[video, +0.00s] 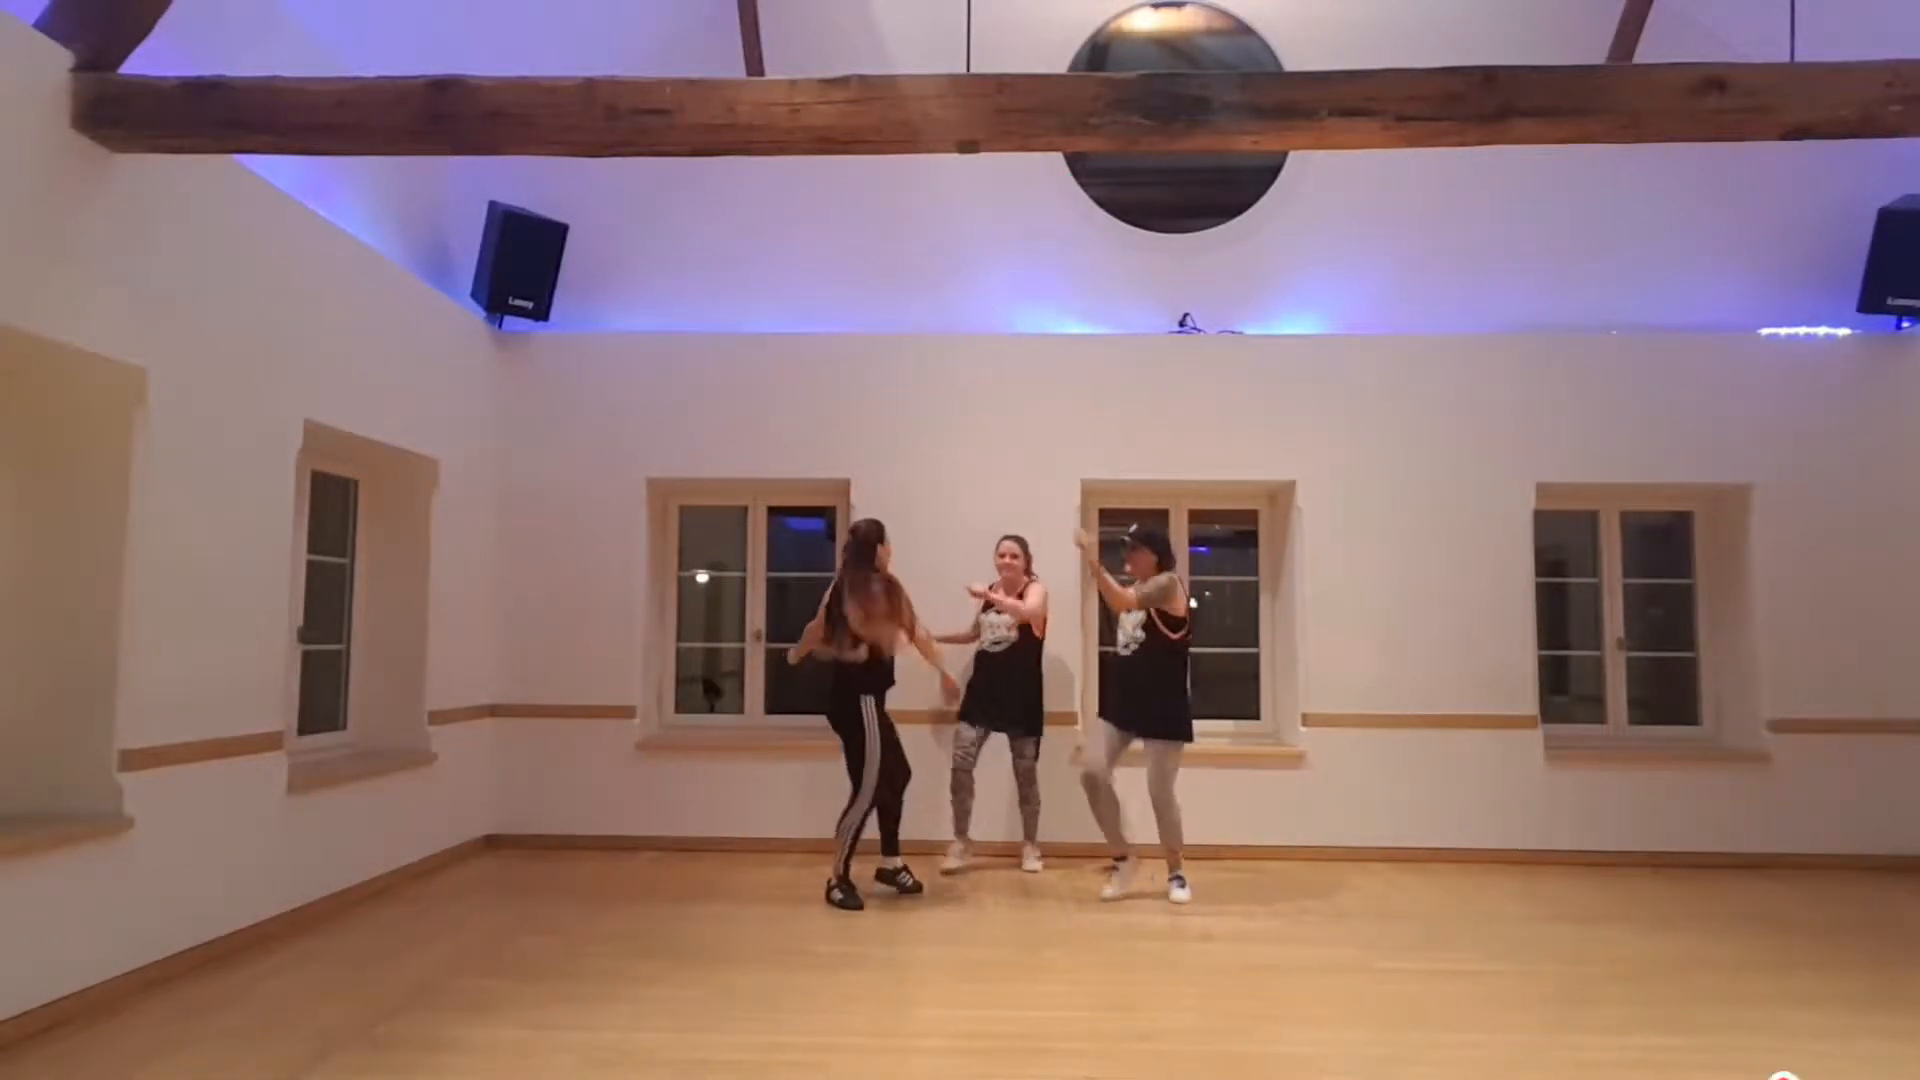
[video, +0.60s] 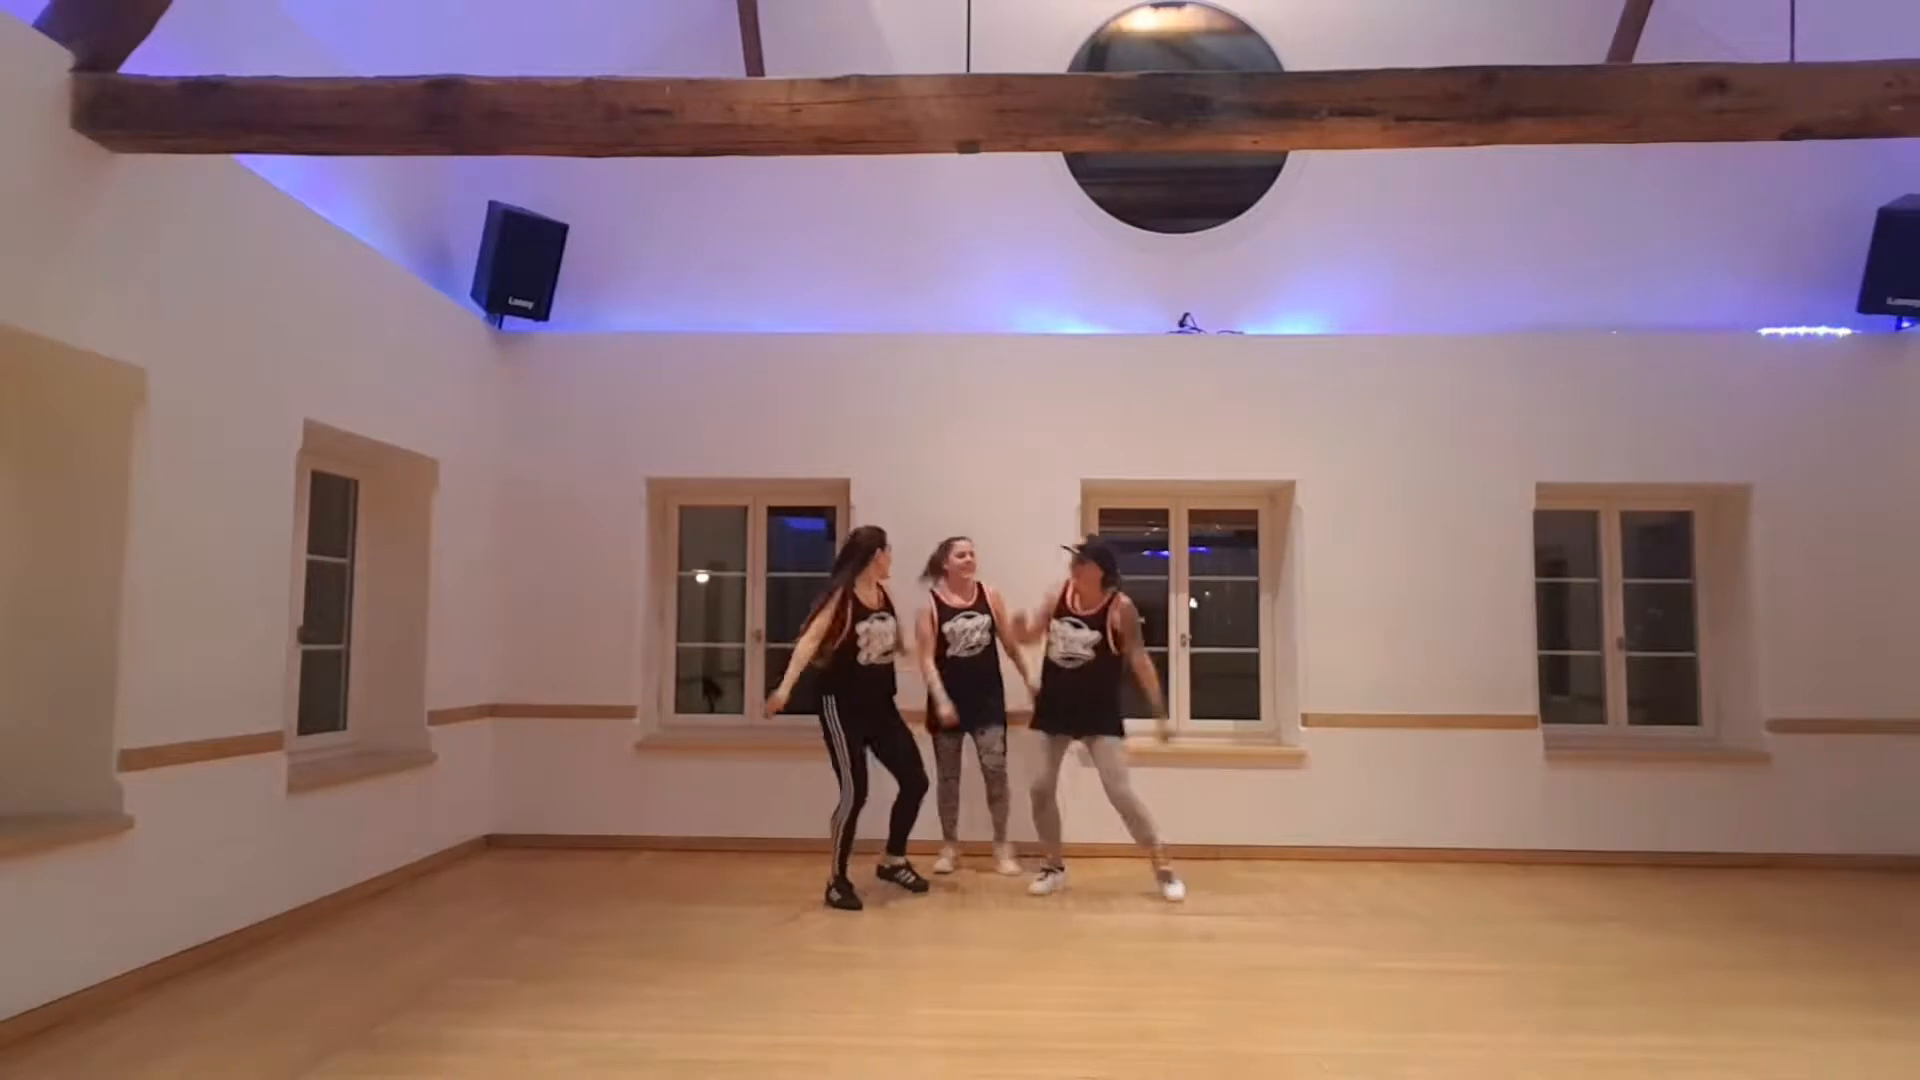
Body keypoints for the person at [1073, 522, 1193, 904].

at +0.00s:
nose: (1129, 558)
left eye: (1136, 551)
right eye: (1127, 551)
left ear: (1157, 555)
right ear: (1132, 558)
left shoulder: (1168, 584)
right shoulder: (1134, 589)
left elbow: (1124, 603)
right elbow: (1117, 603)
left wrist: (1095, 567)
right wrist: (1097, 572)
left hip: (1165, 710)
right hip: (1124, 706)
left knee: (1160, 790)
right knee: (1092, 773)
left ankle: (1176, 874)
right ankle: (1123, 859)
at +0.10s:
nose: (1124, 549)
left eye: (1132, 543)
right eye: (1124, 543)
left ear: (1152, 549)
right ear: (1127, 548)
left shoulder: (1164, 576)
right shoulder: (1123, 586)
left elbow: (1119, 570)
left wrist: (1068, 543)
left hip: (1157, 700)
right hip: (1115, 695)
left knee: (1159, 787)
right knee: (1081, 763)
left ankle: (1178, 875)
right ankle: (1096, 855)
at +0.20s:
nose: (1117, 554)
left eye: (1125, 548)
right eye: (1116, 548)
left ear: (1144, 553)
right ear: (1121, 552)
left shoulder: (1162, 584)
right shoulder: (1116, 588)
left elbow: (1120, 570)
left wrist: (1069, 557)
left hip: (1148, 702)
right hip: (1105, 695)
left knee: (1152, 788)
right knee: (1073, 773)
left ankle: (1178, 875)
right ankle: (1067, 861)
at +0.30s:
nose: (1111, 567)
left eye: (1118, 561)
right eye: (1111, 560)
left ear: (1137, 566)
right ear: (1115, 566)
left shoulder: (1156, 597)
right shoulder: (1109, 599)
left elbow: (1125, 597)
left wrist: (1075, 600)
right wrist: (1063, 602)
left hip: (1135, 714)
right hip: (1092, 706)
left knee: (1143, 799)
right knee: (1060, 786)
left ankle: (1176, 875)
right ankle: (1053, 868)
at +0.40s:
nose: (1101, 585)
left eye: (1107, 578)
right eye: (1099, 578)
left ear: (1126, 579)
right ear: (1101, 581)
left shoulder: (1145, 611)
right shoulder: (1098, 610)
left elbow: (1119, 639)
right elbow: (1087, 655)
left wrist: (1091, 668)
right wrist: (1065, 692)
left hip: (1121, 721)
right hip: (1080, 713)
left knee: (1132, 806)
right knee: (1046, 790)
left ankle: (1173, 876)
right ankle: (1055, 869)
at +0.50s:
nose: (1087, 578)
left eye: (1094, 573)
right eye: (1087, 571)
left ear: (1113, 579)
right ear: (1088, 576)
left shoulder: (1131, 613)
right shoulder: (1080, 605)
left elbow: (1129, 669)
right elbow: (1062, 658)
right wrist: (1032, 679)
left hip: (1106, 718)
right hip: (1065, 713)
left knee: (1125, 805)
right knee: (1040, 792)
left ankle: (1172, 875)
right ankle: (1055, 868)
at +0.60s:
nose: (1073, 568)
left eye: (1081, 563)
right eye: (1074, 562)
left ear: (1101, 572)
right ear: (1075, 567)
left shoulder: (1120, 608)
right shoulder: (1061, 595)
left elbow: (1140, 660)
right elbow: (1034, 634)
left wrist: (1160, 712)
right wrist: (1021, 630)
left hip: (1099, 714)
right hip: (1054, 711)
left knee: (1119, 792)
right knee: (1041, 788)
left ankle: (1163, 869)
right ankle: (1053, 867)